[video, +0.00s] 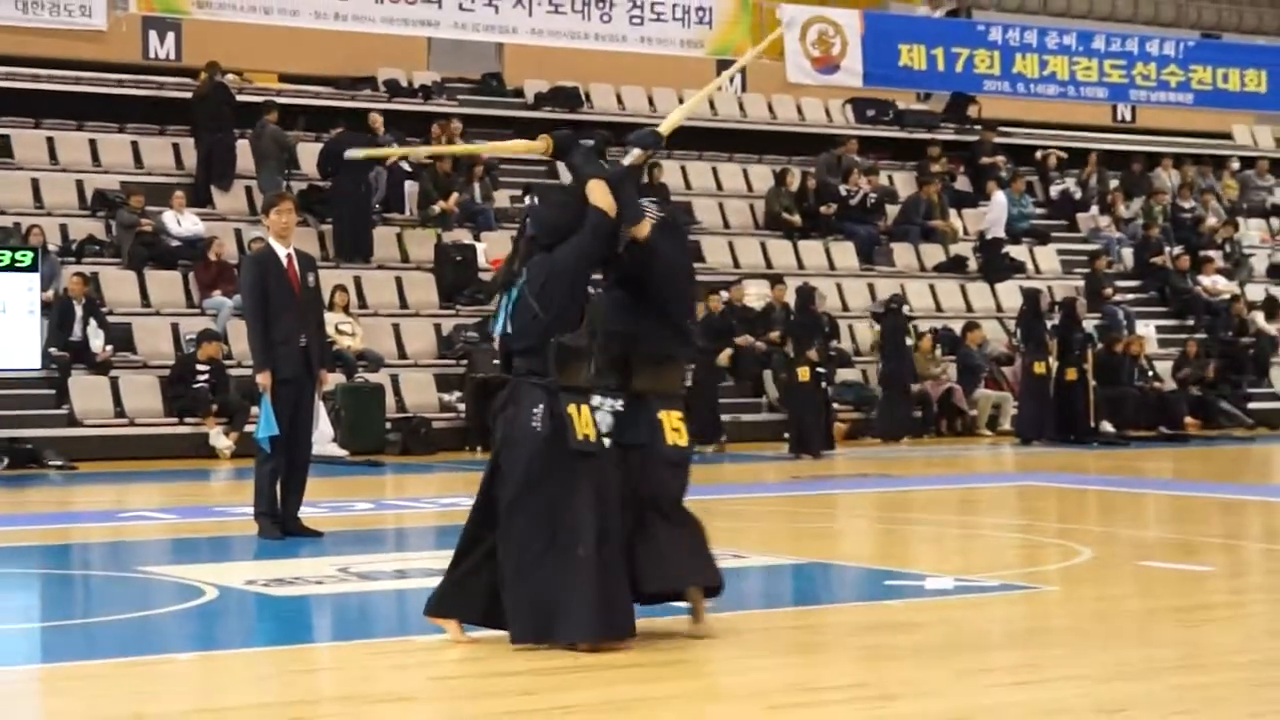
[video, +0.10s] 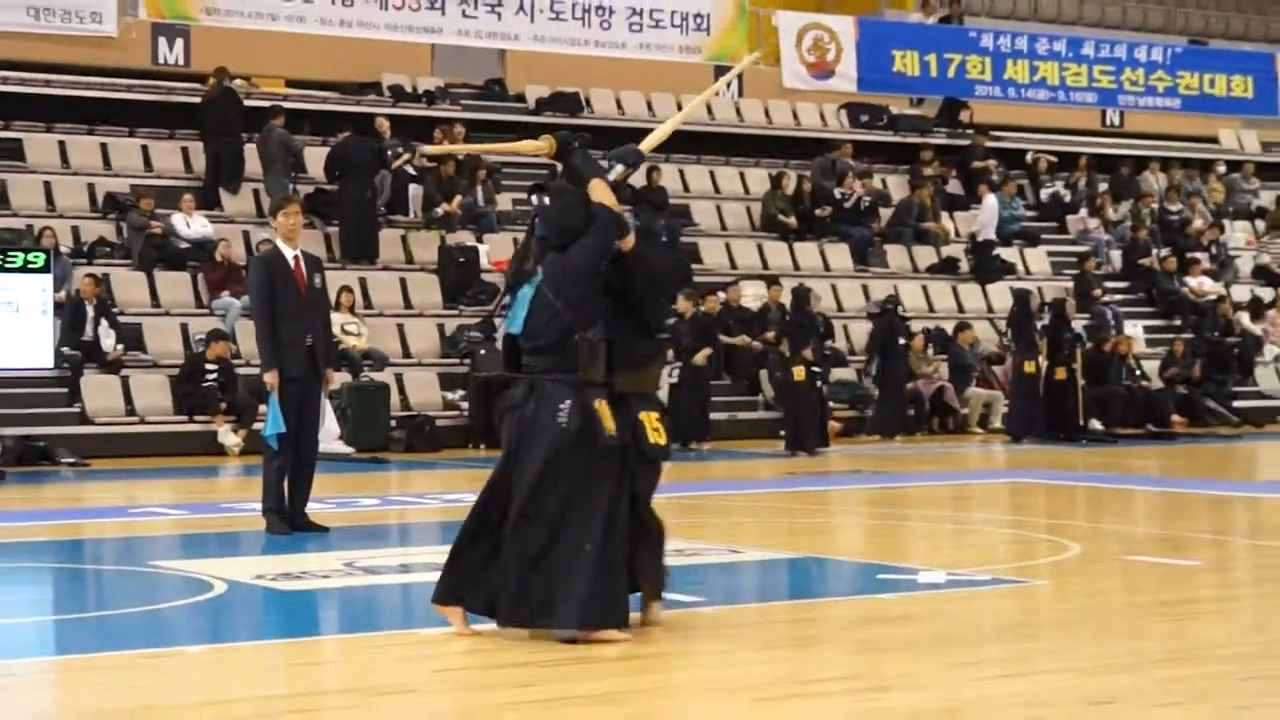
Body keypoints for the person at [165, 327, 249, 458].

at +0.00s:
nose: (220, 349)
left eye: (220, 345)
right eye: (217, 345)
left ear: (206, 345)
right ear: (205, 345)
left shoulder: (218, 365)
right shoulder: (184, 361)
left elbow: (223, 391)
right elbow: (172, 388)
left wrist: (216, 404)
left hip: (210, 403)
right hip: (184, 404)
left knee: (242, 406)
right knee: (202, 392)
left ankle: (228, 444)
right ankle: (214, 433)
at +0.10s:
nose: (228, 348)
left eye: (228, 344)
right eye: (225, 344)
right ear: (213, 344)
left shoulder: (226, 364)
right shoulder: (193, 360)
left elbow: (231, 388)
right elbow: (181, 385)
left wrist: (225, 402)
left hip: (219, 401)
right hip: (193, 403)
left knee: (250, 404)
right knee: (211, 391)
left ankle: (237, 441)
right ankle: (223, 430)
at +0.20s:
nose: (241, 349)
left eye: (241, 346)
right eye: (238, 345)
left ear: (228, 345)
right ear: (227, 345)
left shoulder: (239, 365)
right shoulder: (207, 361)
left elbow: (244, 388)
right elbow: (196, 384)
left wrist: (238, 401)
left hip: (232, 400)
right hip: (208, 401)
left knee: (262, 403)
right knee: (224, 392)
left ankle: (249, 438)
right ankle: (236, 429)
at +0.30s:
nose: (248, 350)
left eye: (248, 346)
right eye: (245, 346)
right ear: (234, 346)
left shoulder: (247, 365)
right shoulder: (215, 362)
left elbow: (251, 388)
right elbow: (204, 385)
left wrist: (245, 401)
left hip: (240, 400)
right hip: (215, 401)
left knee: (269, 403)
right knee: (231, 391)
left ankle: (257, 437)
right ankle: (243, 427)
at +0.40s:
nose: (249, 350)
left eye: (249, 347)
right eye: (246, 347)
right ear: (236, 347)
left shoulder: (249, 365)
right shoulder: (218, 362)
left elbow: (254, 387)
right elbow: (206, 384)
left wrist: (248, 401)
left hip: (242, 400)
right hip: (217, 401)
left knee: (269, 403)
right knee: (234, 392)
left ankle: (259, 438)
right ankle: (246, 428)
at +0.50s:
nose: (249, 350)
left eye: (249, 347)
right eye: (246, 346)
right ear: (235, 346)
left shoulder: (249, 366)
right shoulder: (217, 362)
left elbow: (254, 388)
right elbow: (206, 383)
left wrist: (247, 401)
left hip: (242, 399)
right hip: (217, 400)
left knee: (269, 401)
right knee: (233, 392)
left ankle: (259, 437)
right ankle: (245, 428)